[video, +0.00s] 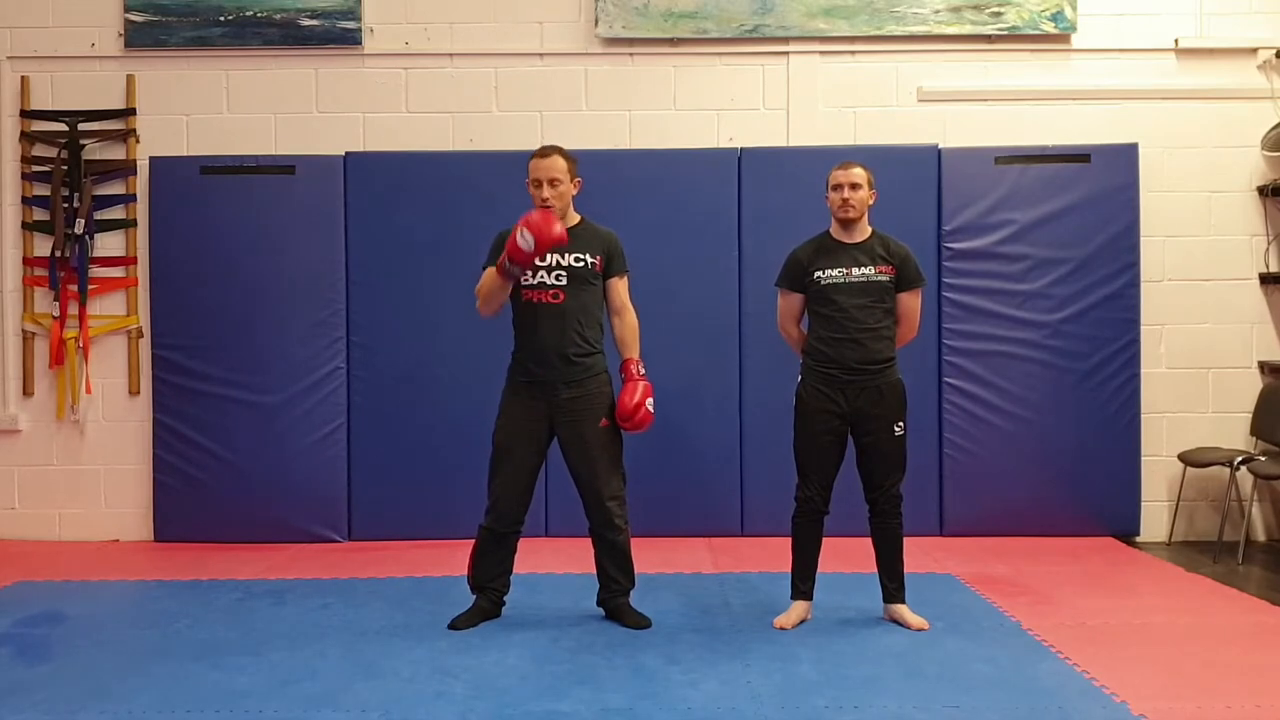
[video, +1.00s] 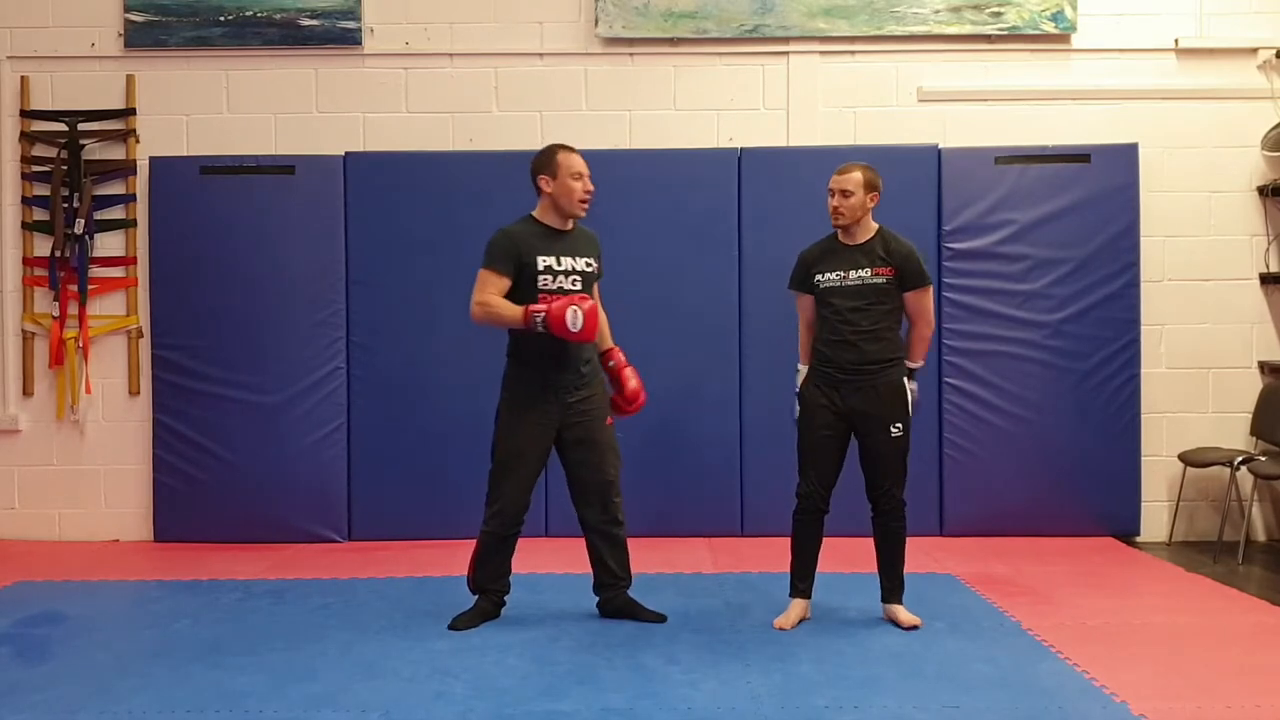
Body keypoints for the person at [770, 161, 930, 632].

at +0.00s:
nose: (845, 195)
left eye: (854, 187)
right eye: (837, 188)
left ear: (871, 195)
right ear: (827, 197)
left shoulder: (897, 255)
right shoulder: (805, 258)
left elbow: (908, 327)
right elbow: (788, 325)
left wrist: (865, 352)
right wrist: (822, 357)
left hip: (880, 392)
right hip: (820, 393)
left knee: (886, 499)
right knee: (810, 497)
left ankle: (894, 601)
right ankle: (801, 599)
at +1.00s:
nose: (835, 202)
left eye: (845, 194)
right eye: (831, 194)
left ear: (871, 199)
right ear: (828, 199)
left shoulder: (900, 255)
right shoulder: (812, 259)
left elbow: (923, 322)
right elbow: (807, 325)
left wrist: (908, 376)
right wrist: (805, 376)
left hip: (884, 390)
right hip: (824, 391)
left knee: (888, 500)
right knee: (810, 496)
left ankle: (892, 600)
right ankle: (799, 597)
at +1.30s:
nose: (837, 208)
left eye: (846, 200)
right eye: (835, 199)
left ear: (875, 202)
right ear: (837, 202)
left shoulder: (905, 255)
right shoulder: (833, 256)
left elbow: (936, 315)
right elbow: (824, 319)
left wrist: (952, 373)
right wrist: (799, 351)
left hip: (891, 389)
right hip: (839, 387)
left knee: (891, 497)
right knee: (822, 492)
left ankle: (892, 602)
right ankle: (806, 591)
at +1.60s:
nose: (838, 210)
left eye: (846, 201)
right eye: (836, 201)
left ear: (875, 201)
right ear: (853, 202)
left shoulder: (901, 251)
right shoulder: (840, 254)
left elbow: (906, 320)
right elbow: (827, 327)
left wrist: (865, 338)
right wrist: (820, 308)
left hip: (884, 382)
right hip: (840, 381)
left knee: (884, 490)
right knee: (836, 488)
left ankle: (892, 602)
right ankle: (857, 590)